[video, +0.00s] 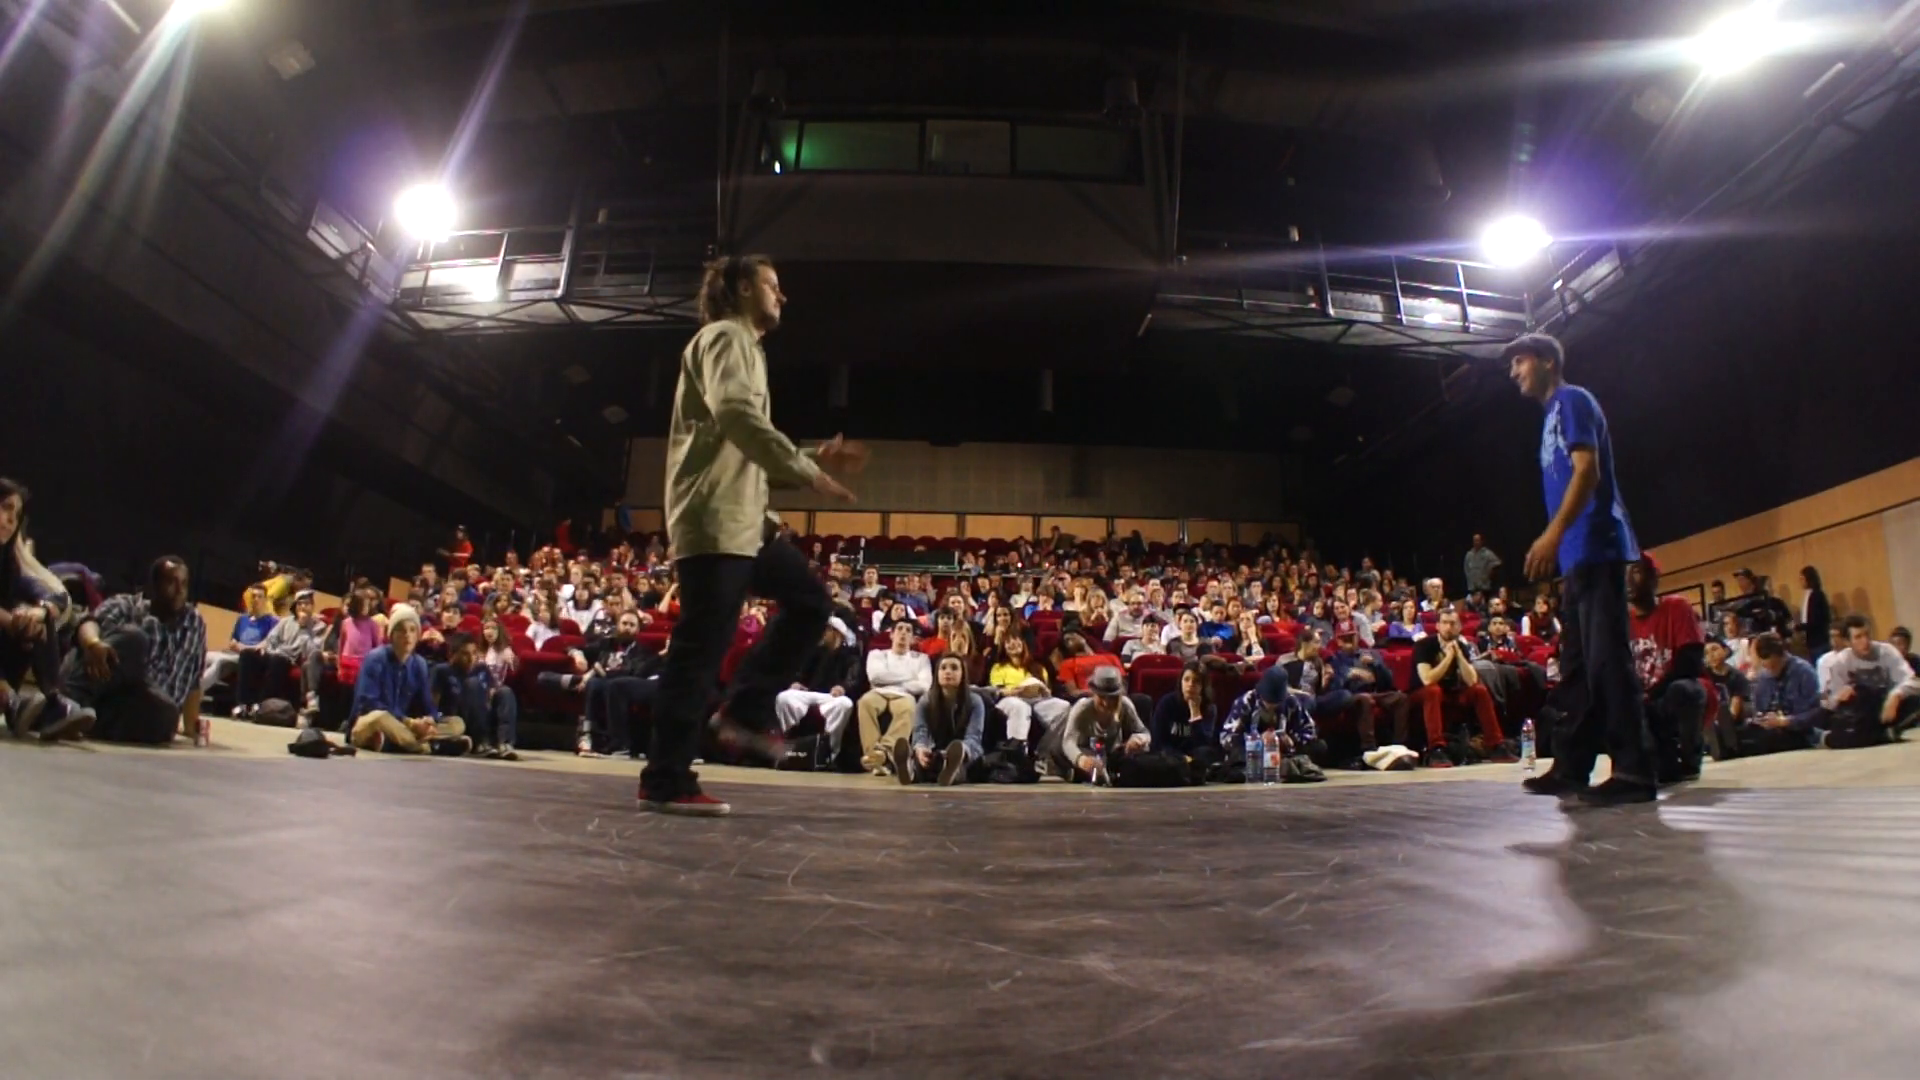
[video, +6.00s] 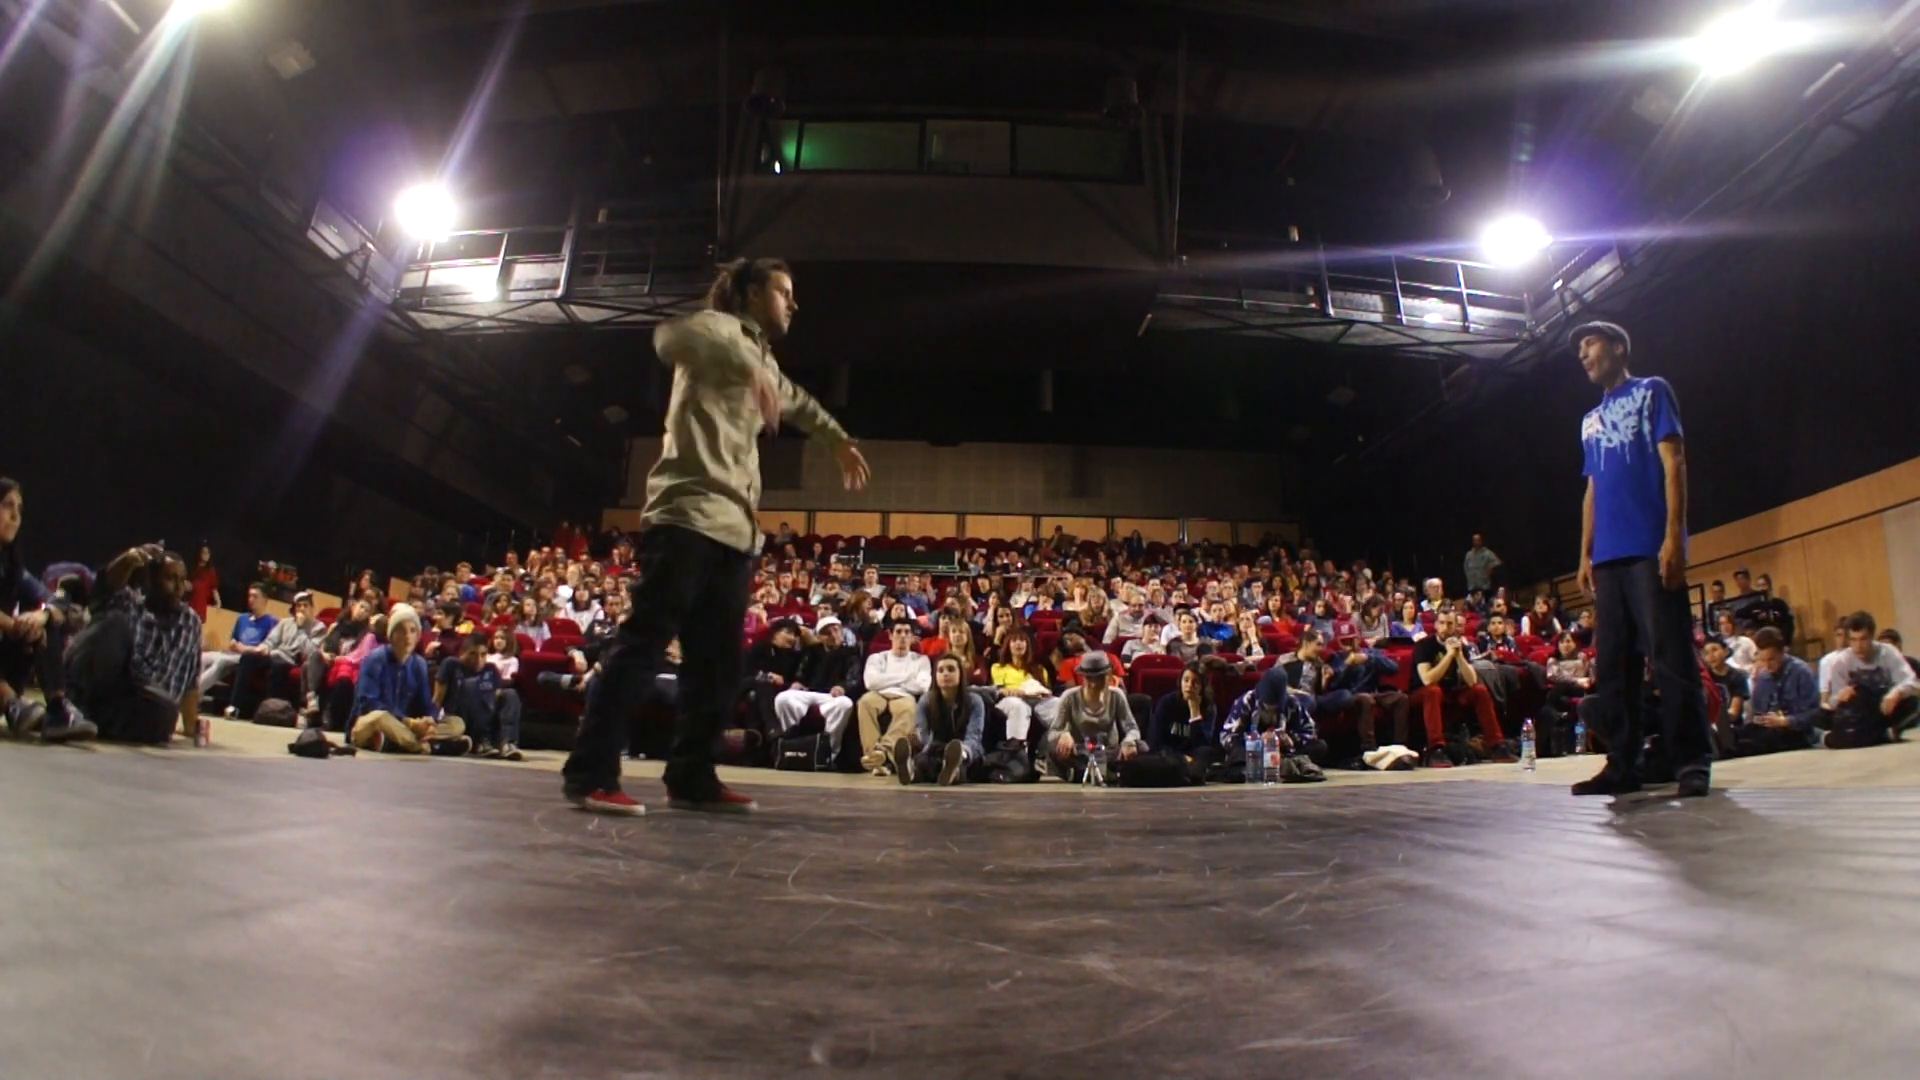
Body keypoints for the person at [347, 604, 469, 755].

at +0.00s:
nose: (407, 636)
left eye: (412, 630)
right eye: (401, 630)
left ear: (418, 634)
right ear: (391, 635)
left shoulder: (419, 664)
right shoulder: (375, 659)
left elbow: (427, 704)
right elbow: (367, 702)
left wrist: (430, 720)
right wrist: (407, 722)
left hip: (411, 725)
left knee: (457, 724)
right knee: (380, 717)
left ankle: (392, 743)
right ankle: (426, 748)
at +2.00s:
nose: (407, 636)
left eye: (412, 630)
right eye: (401, 631)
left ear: (417, 634)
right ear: (391, 636)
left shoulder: (420, 664)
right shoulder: (375, 658)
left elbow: (426, 703)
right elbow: (368, 703)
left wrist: (430, 720)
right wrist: (407, 722)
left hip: (412, 725)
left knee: (457, 723)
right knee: (380, 717)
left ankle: (394, 744)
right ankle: (426, 748)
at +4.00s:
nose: (408, 637)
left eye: (413, 630)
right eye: (401, 631)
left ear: (418, 635)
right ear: (391, 635)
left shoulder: (419, 664)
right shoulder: (376, 658)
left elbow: (426, 704)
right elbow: (367, 703)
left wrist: (430, 720)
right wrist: (406, 722)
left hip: (411, 725)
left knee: (457, 723)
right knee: (381, 717)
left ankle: (394, 744)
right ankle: (426, 748)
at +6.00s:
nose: (408, 637)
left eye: (413, 631)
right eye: (401, 631)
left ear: (418, 635)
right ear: (391, 635)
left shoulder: (419, 664)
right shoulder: (375, 660)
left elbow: (426, 705)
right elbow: (368, 704)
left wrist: (429, 720)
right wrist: (407, 722)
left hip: (411, 725)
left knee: (457, 723)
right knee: (381, 718)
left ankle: (394, 743)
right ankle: (424, 748)